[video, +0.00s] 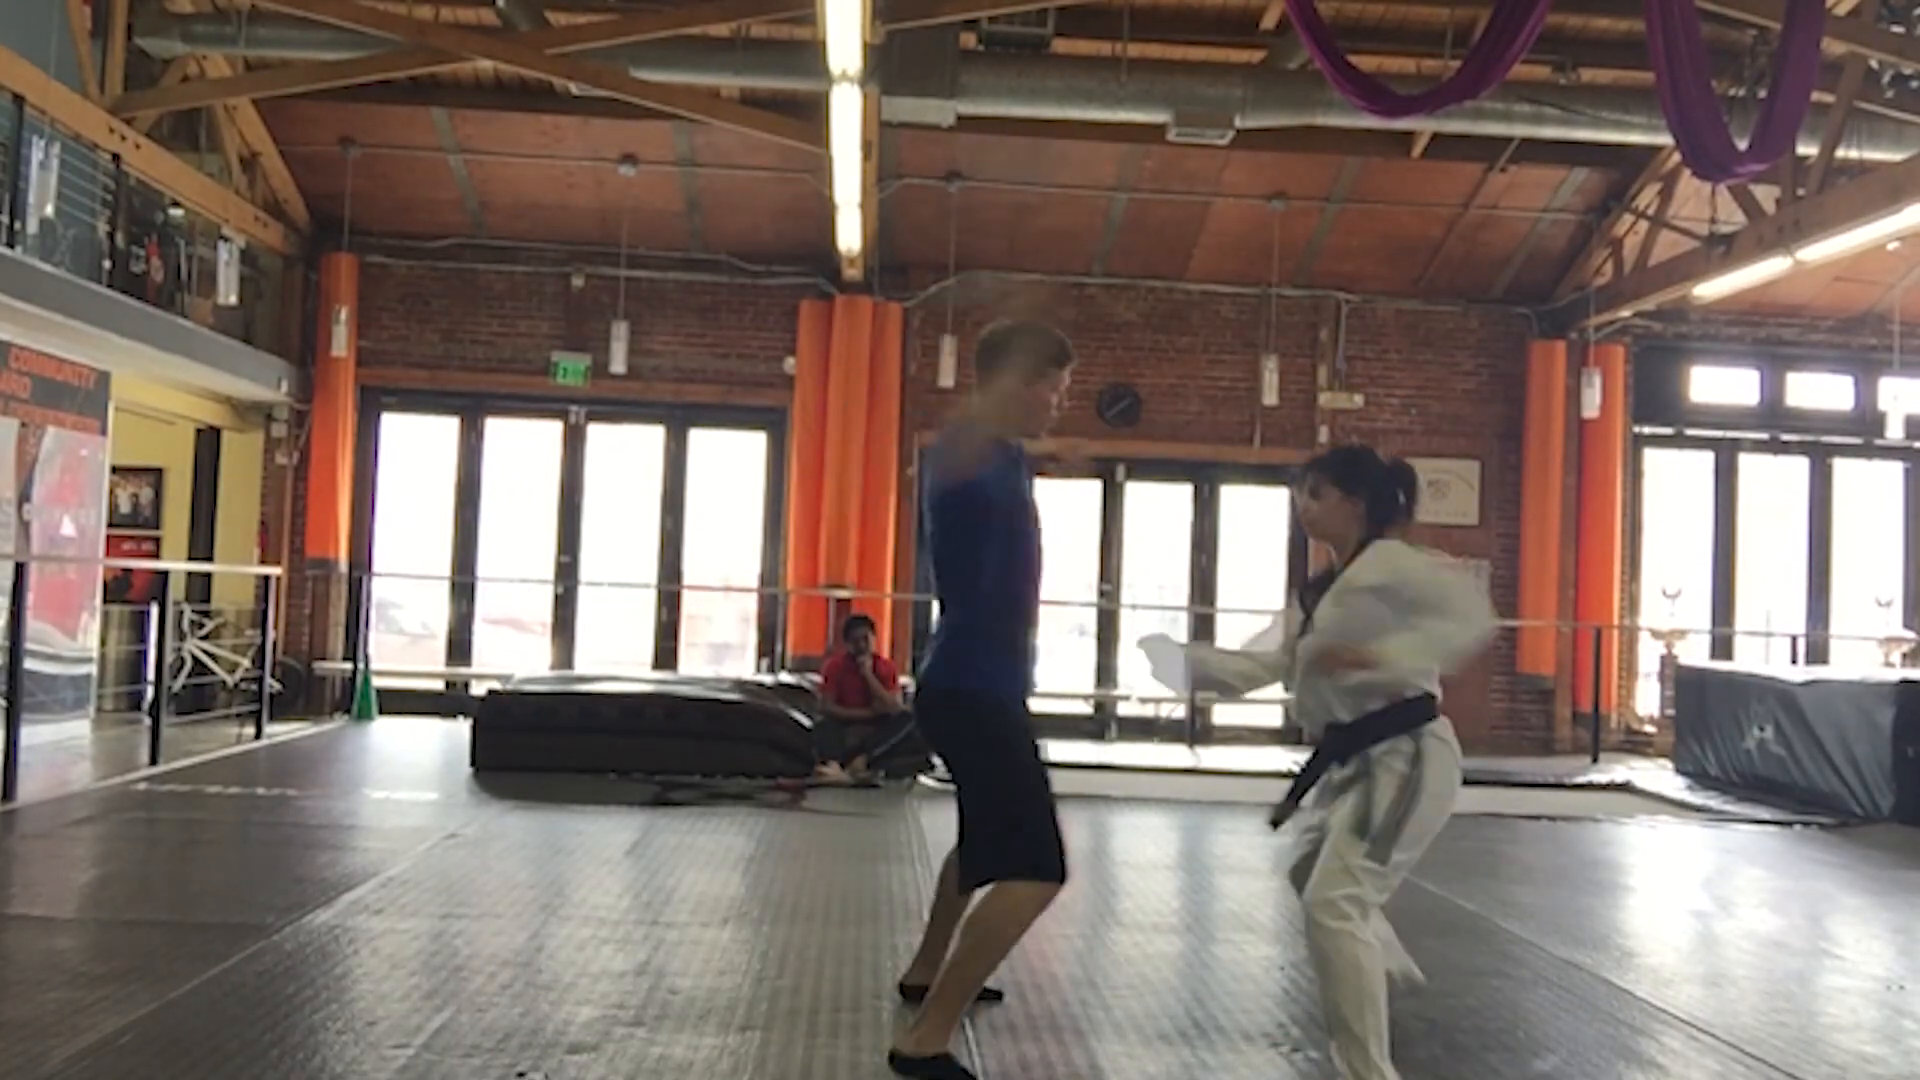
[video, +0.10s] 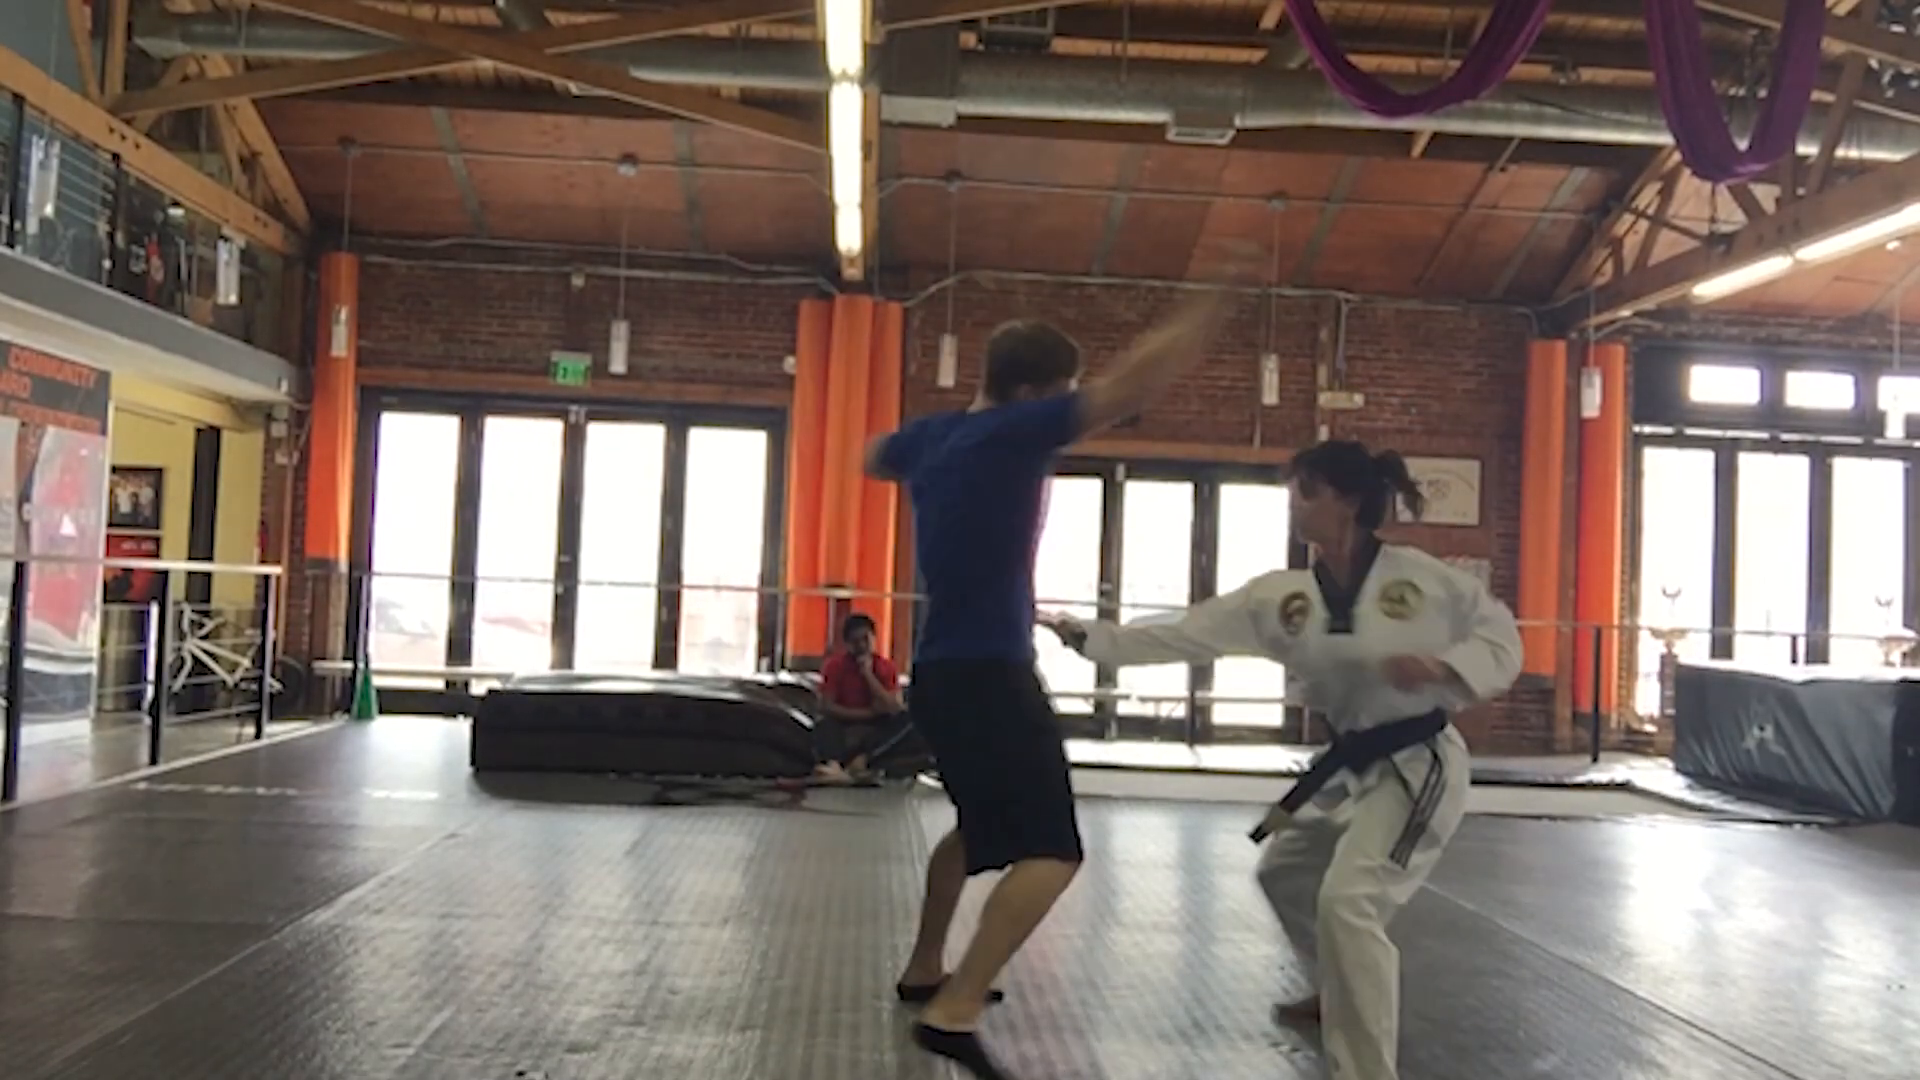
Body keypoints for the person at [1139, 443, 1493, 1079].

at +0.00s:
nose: (1303, 508)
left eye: (1315, 496)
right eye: (1303, 496)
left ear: (1357, 503)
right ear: (1328, 506)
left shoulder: (1393, 563)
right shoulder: (1327, 595)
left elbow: (1472, 618)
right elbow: (1266, 664)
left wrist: (1385, 658)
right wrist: (1190, 666)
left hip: (1410, 757)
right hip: (1356, 763)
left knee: (1335, 902)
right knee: (1308, 869)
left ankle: (1365, 1070)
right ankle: (1390, 968)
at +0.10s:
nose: (1293, 503)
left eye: (1306, 491)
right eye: (1294, 490)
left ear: (1348, 503)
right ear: (1324, 505)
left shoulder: (1429, 579)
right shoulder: (1279, 598)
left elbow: (1505, 646)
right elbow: (1180, 634)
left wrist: (1444, 663)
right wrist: (1078, 632)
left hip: (1425, 759)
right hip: (1351, 765)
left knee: (1347, 901)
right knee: (1284, 870)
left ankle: (1365, 1070)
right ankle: (1339, 990)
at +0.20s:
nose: (1293, 522)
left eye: (1305, 508)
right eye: (1293, 508)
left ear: (1350, 517)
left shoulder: (1424, 594)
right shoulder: (1281, 604)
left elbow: (1497, 662)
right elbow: (1213, 657)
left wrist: (1469, 696)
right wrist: (1160, 647)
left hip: (1412, 775)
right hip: (1327, 776)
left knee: (1355, 905)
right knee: (1273, 906)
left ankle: (1370, 1071)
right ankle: (1309, 1002)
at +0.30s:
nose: (1294, 543)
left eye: (1307, 529)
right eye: (1293, 528)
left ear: (1353, 533)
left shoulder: (1417, 609)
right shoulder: (1288, 603)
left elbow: (1462, 724)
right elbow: (1294, 676)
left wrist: (1475, 695)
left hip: (1394, 787)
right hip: (1309, 784)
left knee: (1361, 902)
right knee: (1273, 929)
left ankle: (1375, 1072)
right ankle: (1318, 1004)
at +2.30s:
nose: (1299, 503)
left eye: (1315, 493)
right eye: (1302, 492)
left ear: (1354, 508)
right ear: (1324, 510)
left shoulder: (1393, 585)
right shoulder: (1304, 591)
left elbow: (1363, 680)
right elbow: (1280, 687)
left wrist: (1279, 653)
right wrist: (1247, 656)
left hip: (1386, 772)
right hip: (1329, 769)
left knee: (1262, 904)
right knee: (1306, 912)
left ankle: (1268, 1070)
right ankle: (1388, 1024)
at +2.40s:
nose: (1334, 489)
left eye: (1346, 478)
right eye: (1339, 476)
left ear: (1373, 494)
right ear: (1388, 497)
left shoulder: (1391, 575)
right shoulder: (1358, 561)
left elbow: (1317, 651)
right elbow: (1312, 638)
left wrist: (1267, 609)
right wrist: (1257, 618)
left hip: (1356, 757)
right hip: (1345, 750)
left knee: (1226, 914)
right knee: (1326, 904)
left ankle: (1255, 1071)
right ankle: (1390, 1026)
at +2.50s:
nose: (1359, 474)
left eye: (1366, 464)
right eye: (1369, 464)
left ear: (1374, 476)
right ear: (1429, 489)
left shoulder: (1324, 537)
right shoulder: (1420, 562)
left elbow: (1253, 612)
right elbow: (1371, 626)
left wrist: (1231, 570)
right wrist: (1270, 573)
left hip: (1289, 721)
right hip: (1374, 727)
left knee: (1236, 895)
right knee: (1366, 867)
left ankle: (1213, 1062)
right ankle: (1404, 1030)